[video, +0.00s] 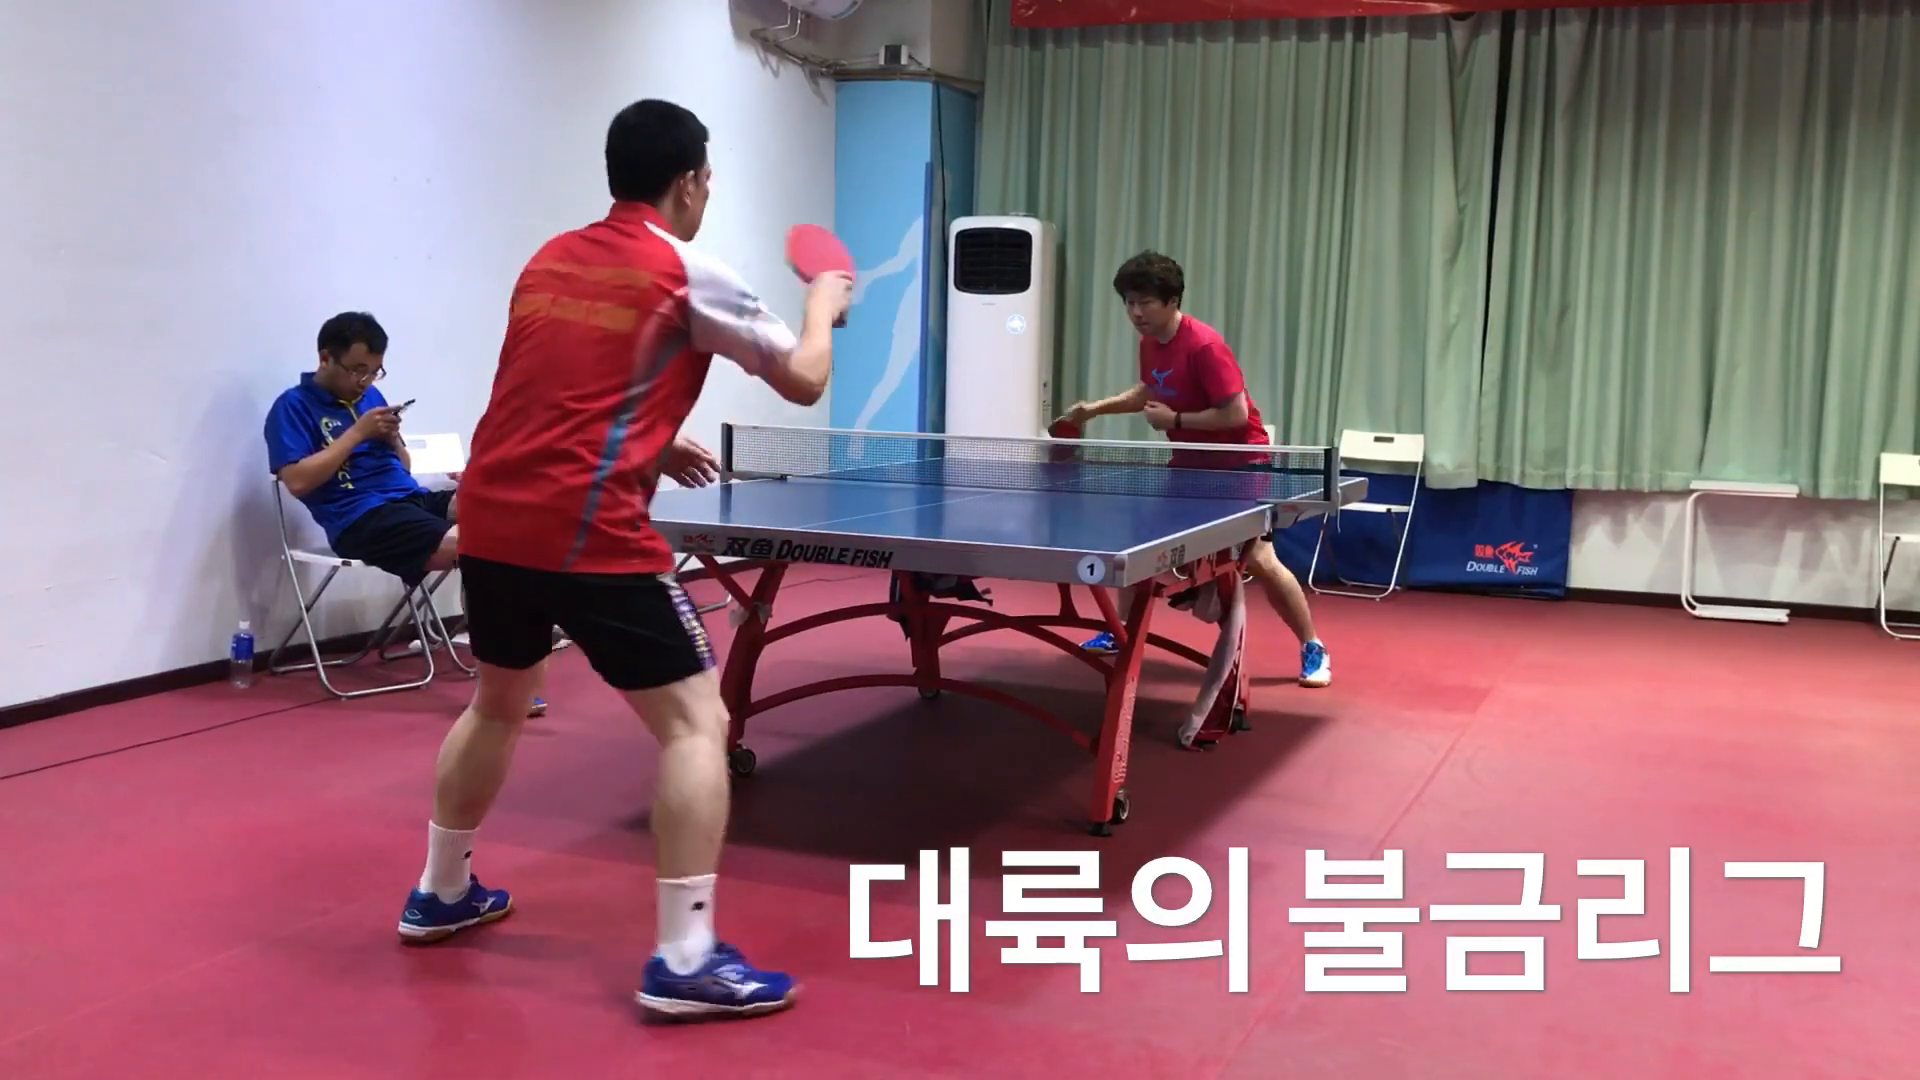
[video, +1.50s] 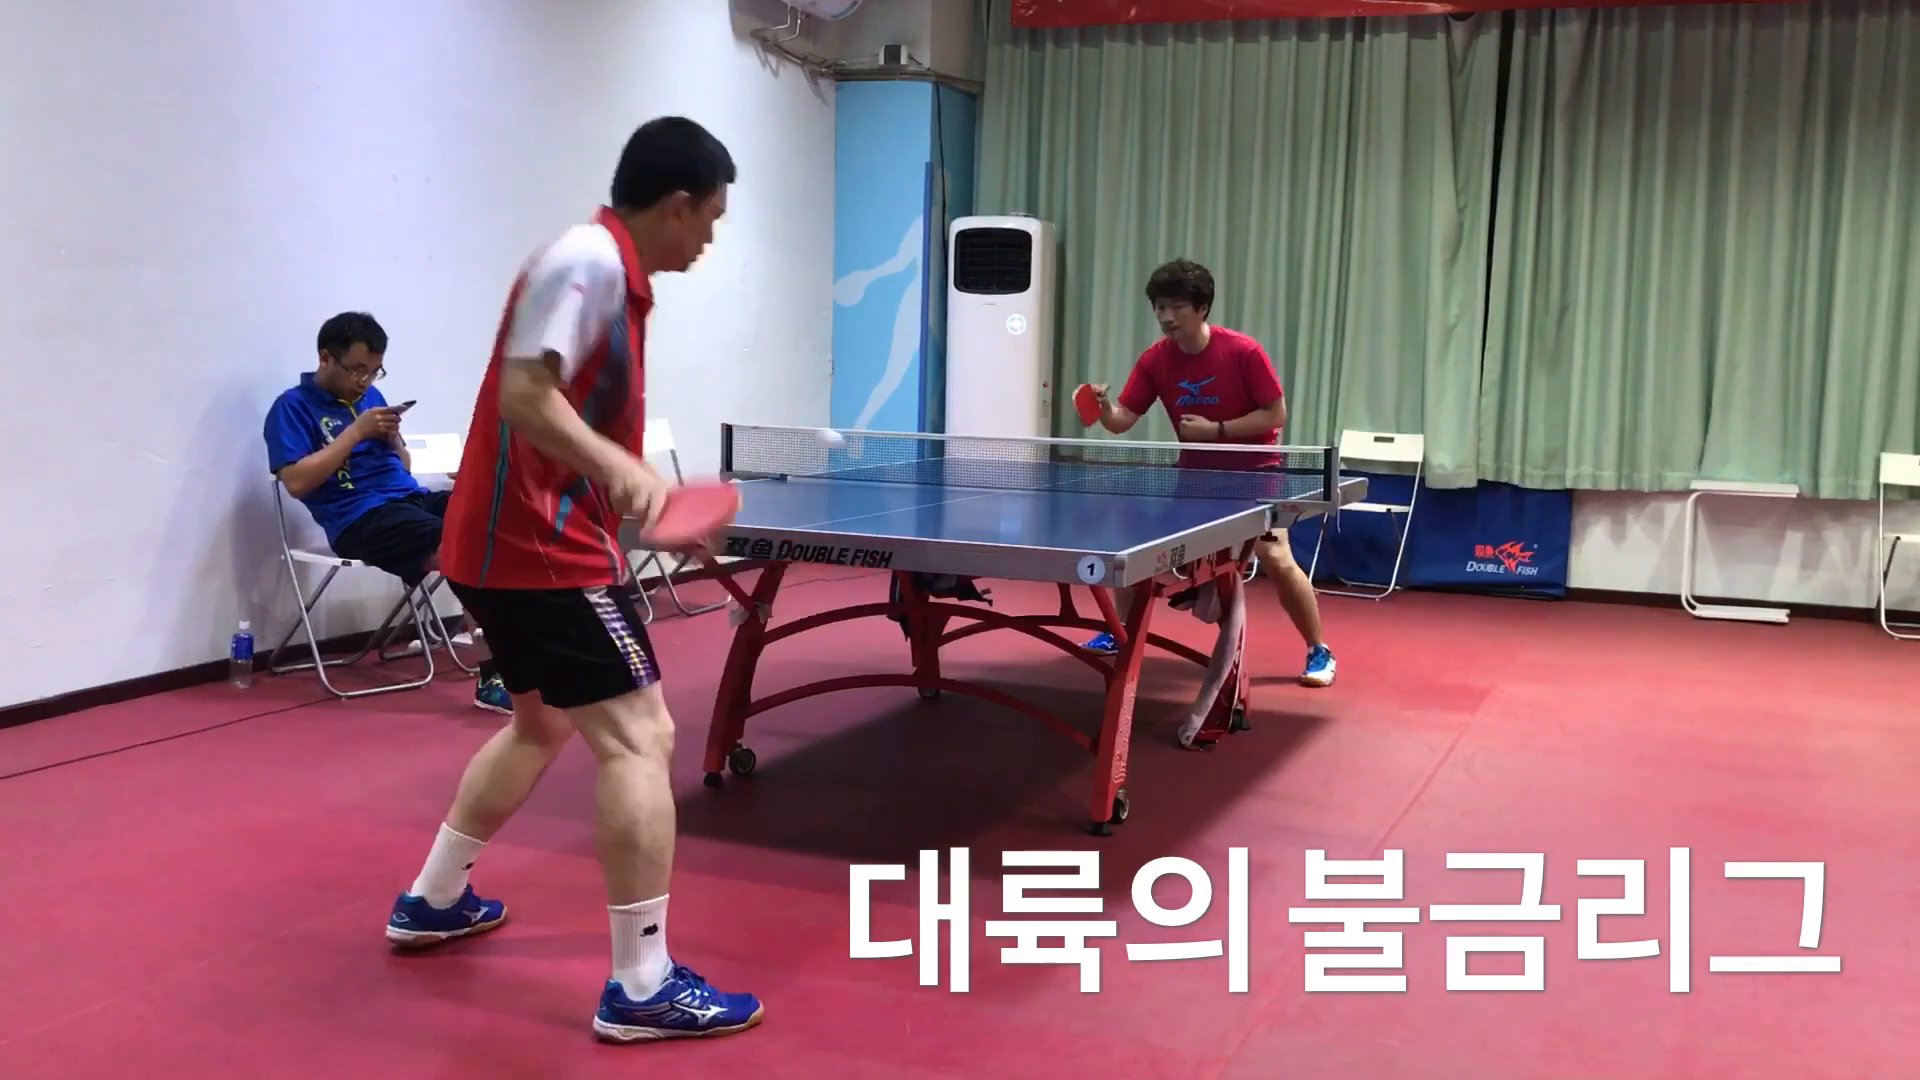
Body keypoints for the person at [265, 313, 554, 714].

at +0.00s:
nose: (366, 381)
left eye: (373, 372)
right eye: (357, 370)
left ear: (379, 367)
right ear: (324, 360)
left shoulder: (368, 396)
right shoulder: (293, 407)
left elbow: (403, 468)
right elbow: (297, 482)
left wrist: (392, 436)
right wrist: (357, 433)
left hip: (411, 502)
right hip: (365, 520)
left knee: (505, 516)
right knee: (480, 549)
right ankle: (512, 681)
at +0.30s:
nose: (367, 383)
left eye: (374, 373)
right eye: (359, 372)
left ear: (380, 366)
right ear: (326, 359)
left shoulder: (370, 397)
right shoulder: (291, 408)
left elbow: (404, 468)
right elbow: (301, 482)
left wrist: (393, 437)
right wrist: (360, 433)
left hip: (410, 500)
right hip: (364, 520)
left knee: (488, 495)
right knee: (475, 547)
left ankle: (501, 606)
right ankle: (492, 673)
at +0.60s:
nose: (368, 382)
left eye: (375, 372)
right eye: (359, 371)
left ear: (381, 364)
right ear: (326, 358)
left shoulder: (370, 397)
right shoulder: (291, 407)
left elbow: (404, 468)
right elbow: (300, 482)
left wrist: (393, 437)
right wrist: (360, 432)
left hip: (411, 500)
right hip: (363, 520)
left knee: (492, 501)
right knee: (477, 548)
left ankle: (495, 613)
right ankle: (493, 675)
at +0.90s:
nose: (365, 382)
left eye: (372, 372)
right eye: (357, 370)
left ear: (379, 367)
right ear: (326, 359)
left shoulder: (368, 396)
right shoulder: (292, 408)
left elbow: (404, 466)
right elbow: (299, 481)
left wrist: (392, 436)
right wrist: (359, 431)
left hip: (412, 502)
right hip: (365, 520)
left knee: (506, 530)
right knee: (483, 552)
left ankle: (511, 677)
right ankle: (507, 685)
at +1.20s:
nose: (365, 381)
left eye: (372, 371)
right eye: (357, 370)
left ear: (379, 366)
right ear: (325, 359)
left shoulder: (370, 397)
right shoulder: (292, 407)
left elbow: (404, 467)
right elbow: (296, 481)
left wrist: (393, 435)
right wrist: (356, 430)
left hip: (411, 501)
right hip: (364, 520)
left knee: (498, 513)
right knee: (478, 546)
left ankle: (516, 667)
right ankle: (492, 678)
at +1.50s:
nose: (365, 382)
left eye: (373, 372)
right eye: (357, 371)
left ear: (379, 366)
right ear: (325, 359)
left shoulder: (370, 397)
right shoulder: (291, 408)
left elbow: (403, 469)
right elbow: (297, 483)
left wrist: (393, 436)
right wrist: (356, 432)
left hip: (411, 501)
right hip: (364, 520)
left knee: (499, 518)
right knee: (472, 551)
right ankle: (493, 673)